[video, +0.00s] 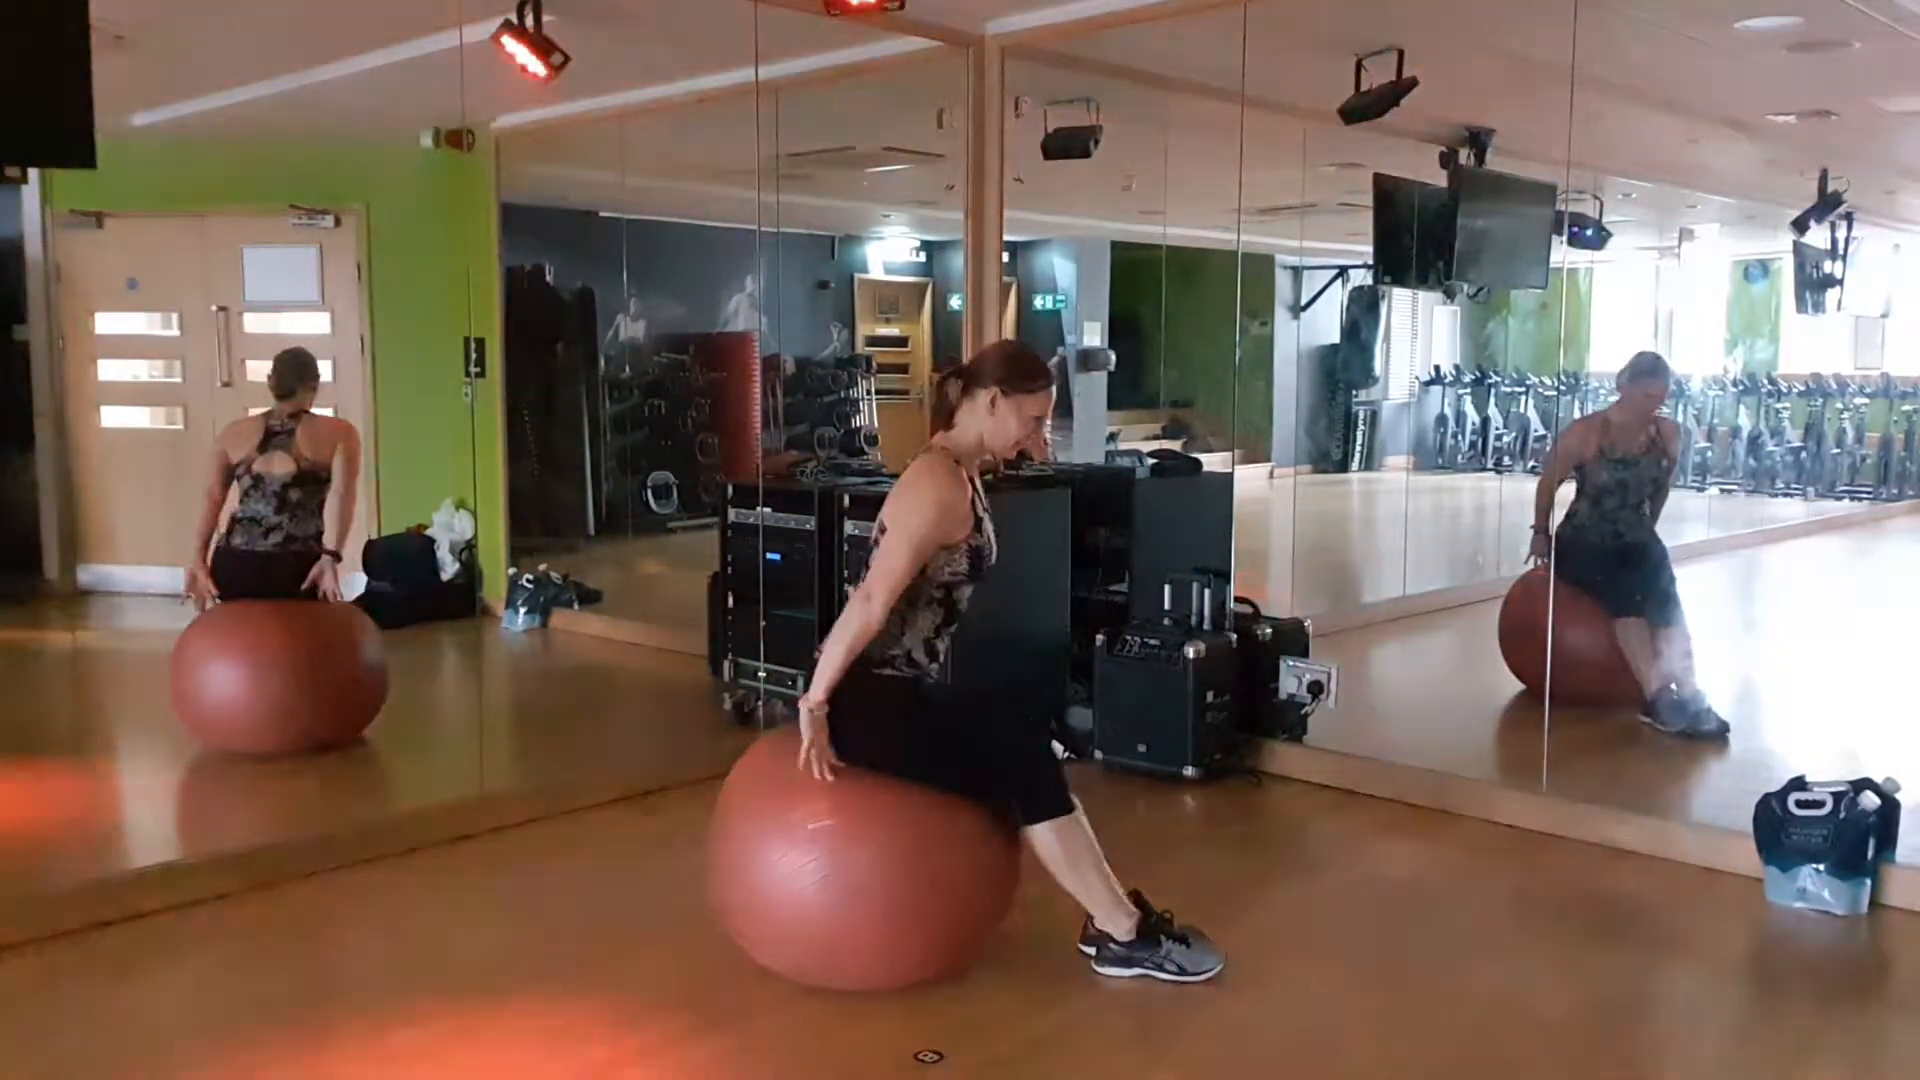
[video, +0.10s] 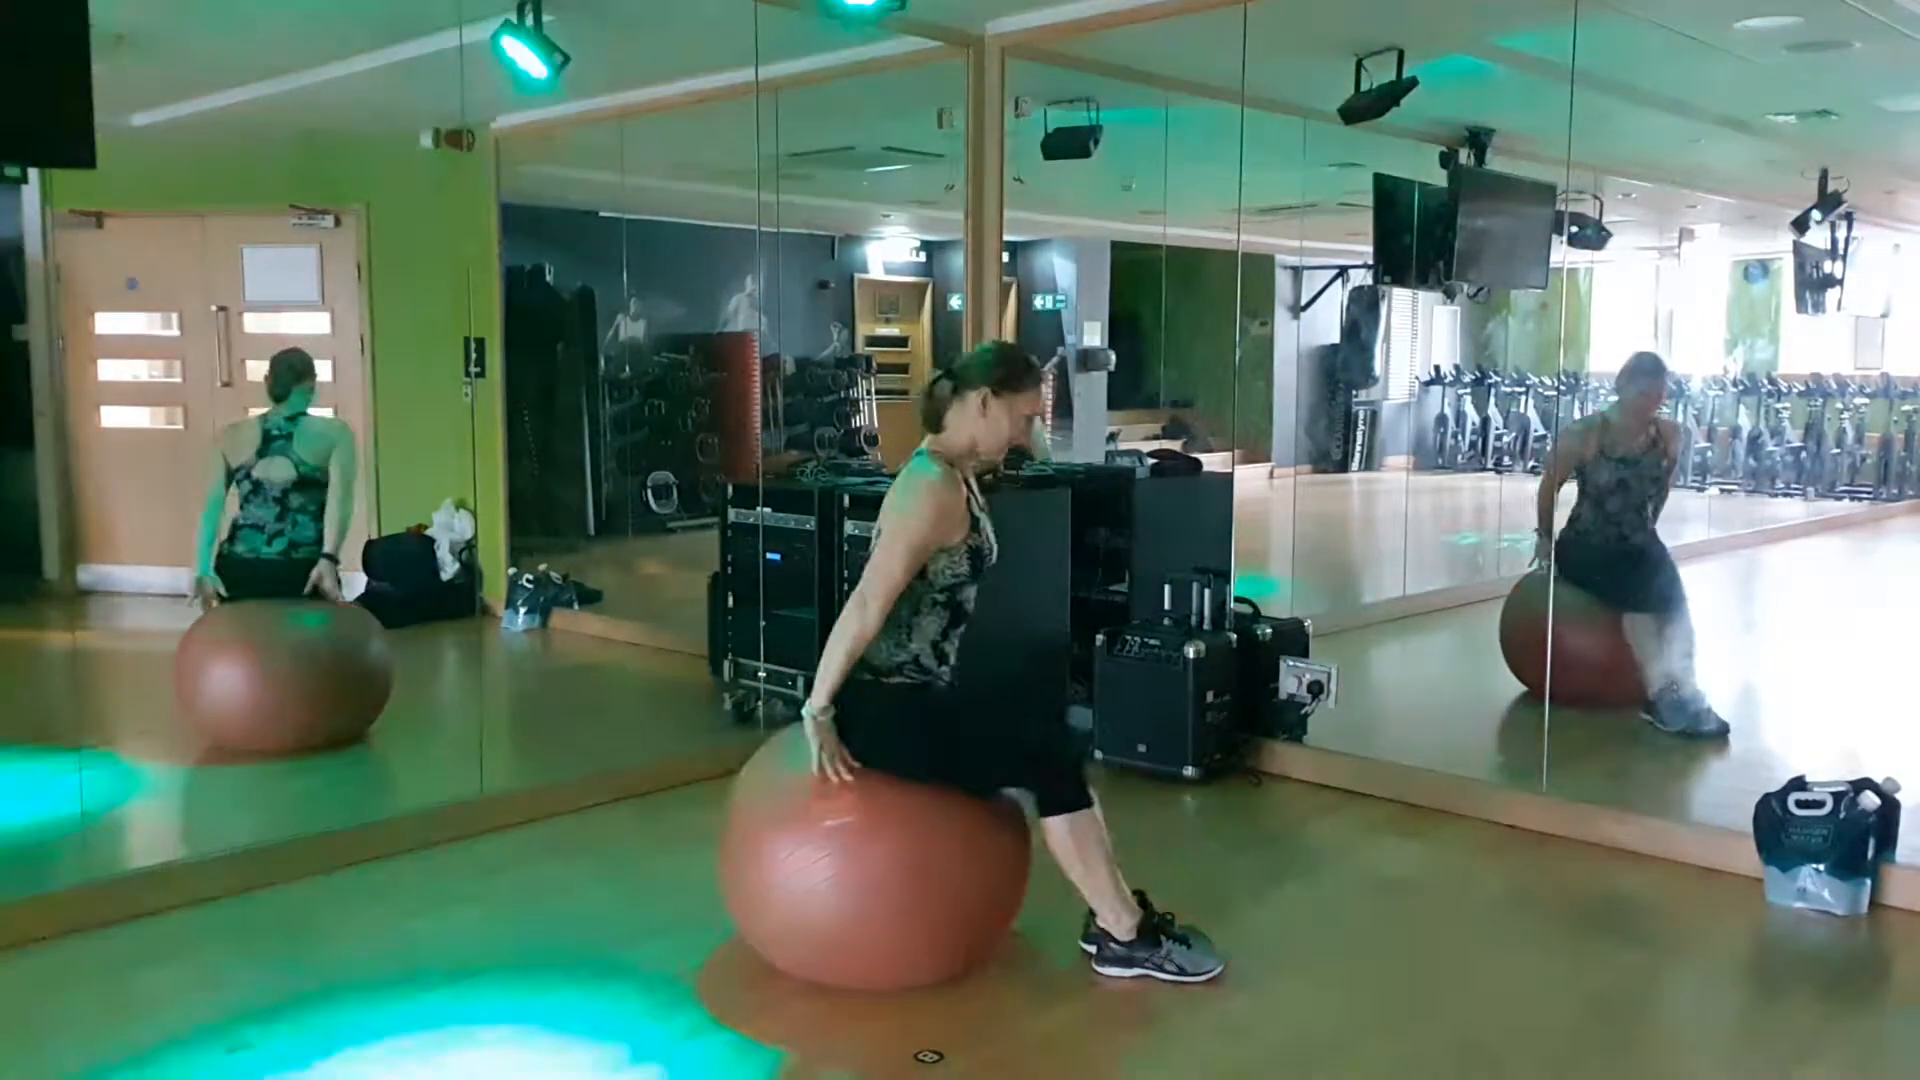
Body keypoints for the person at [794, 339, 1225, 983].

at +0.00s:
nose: (1038, 439)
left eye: (1043, 423)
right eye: (1033, 421)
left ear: (991, 405)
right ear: (988, 402)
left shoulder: (957, 477)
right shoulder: (935, 485)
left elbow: (901, 600)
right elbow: (872, 600)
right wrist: (815, 699)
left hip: (900, 693)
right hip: (871, 704)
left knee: (1033, 745)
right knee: (1025, 762)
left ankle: (1114, 914)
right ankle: (1121, 930)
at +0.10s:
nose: (1026, 437)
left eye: (1030, 422)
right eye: (1023, 419)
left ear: (980, 404)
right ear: (981, 404)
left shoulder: (952, 481)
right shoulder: (930, 492)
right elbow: (868, 604)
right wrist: (818, 707)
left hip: (912, 697)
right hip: (886, 712)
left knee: (1051, 740)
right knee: (1047, 757)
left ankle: (1117, 912)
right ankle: (1122, 929)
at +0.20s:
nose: (1016, 430)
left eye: (1020, 416)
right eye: (1011, 413)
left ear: (965, 403)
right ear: (968, 401)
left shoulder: (949, 477)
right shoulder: (923, 490)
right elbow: (867, 603)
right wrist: (830, 715)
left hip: (927, 700)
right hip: (895, 717)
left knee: (1077, 730)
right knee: (1069, 741)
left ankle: (1138, 908)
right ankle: (1121, 933)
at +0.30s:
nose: (1007, 428)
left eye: (1011, 412)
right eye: (1001, 410)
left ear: (958, 398)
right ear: (956, 396)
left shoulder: (940, 476)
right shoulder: (916, 486)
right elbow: (869, 609)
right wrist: (846, 720)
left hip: (944, 700)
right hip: (914, 715)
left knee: (1096, 735)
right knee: (1088, 745)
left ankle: (1177, 897)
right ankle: (1125, 935)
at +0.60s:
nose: (998, 425)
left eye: (1001, 410)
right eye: (991, 408)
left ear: (951, 403)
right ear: (946, 400)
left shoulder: (943, 483)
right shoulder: (923, 489)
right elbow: (893, 615)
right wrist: (899, 733)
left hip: (987, 704)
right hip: (960, 716)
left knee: (1146, 763)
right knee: (1144, 749)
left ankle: (1273, 891)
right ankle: (1133, 931)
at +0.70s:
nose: (998, 431)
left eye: (1000, 416)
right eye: (990, 414)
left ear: (950, 411)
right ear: (946, 408)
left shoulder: (946, 488)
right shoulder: (927, 497)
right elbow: (901, 622)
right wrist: (917, 739)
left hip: (1001, 710)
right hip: (977, 723)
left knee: (1168, 764)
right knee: (1163, 750)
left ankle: (1268, 915)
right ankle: (1137, 927)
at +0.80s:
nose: (999, 437)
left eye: (1000, 423)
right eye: (990, 422)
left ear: (951, 419)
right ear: (946, 416)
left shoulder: (948, 496)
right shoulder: (930, 506)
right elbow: (910, 628)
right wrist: (934, 743)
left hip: (1015, 713)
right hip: (993, 728)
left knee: (1187, 755)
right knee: (1177, 741)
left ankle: (1271, 914)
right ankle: (1147, 917)